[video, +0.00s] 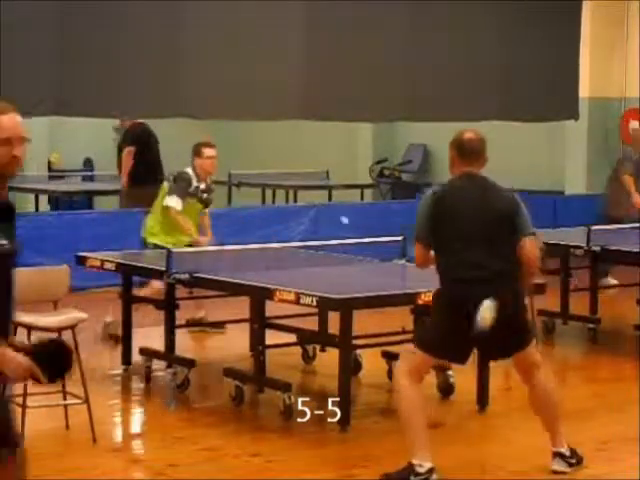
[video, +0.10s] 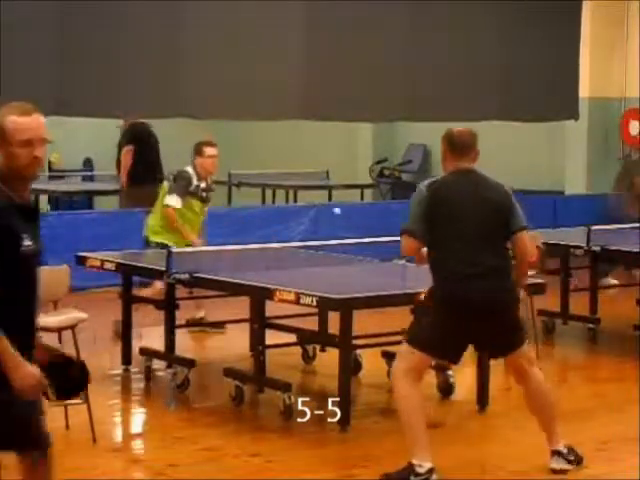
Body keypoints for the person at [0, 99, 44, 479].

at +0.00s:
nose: (16, 153)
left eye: (21, 142)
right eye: (6, 142)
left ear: (28, 144)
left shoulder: (7, 210)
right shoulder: (2, 211)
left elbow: (4, 291)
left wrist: (7, 348)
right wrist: (4, 356)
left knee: (12, 452)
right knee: (11, 454)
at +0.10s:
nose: (36, 154)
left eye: (41, 143)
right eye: (24, 144)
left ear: (47, 145)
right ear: (1, 148)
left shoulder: (27, 207)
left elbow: (17, 294)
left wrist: (34, 346)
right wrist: (13, 362)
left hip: (17, 355)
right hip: (0, 361)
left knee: (35, 450)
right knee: (33, 450)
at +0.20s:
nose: (70, 152)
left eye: (75, 141)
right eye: (58, 142)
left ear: (80, 142)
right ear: (31, 147)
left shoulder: (63, 204)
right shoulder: (13, 205)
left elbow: (56, 291)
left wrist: (74, 345)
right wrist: (22, 372)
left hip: (52, 367)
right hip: (16, 376)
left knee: (58, 460)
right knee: (24, 465)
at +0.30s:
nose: (89, 154)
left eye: (94, 143)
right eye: (76, 143)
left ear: (101, 144)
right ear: (49, 146)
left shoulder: (87, 210)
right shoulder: (23, 210)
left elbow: (75, 295)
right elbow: (1, 297)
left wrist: (107, 342)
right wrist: (21, 379)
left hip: (69, 373)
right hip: (29, 380)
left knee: (68, 465)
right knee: (40, 471)